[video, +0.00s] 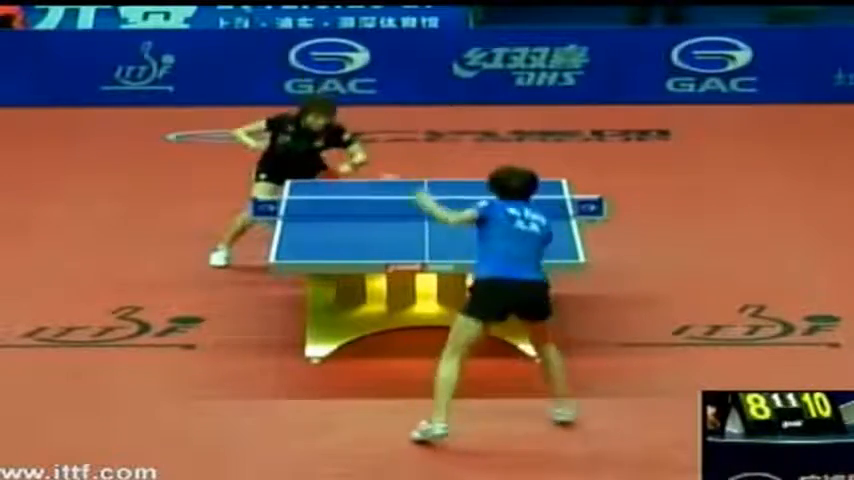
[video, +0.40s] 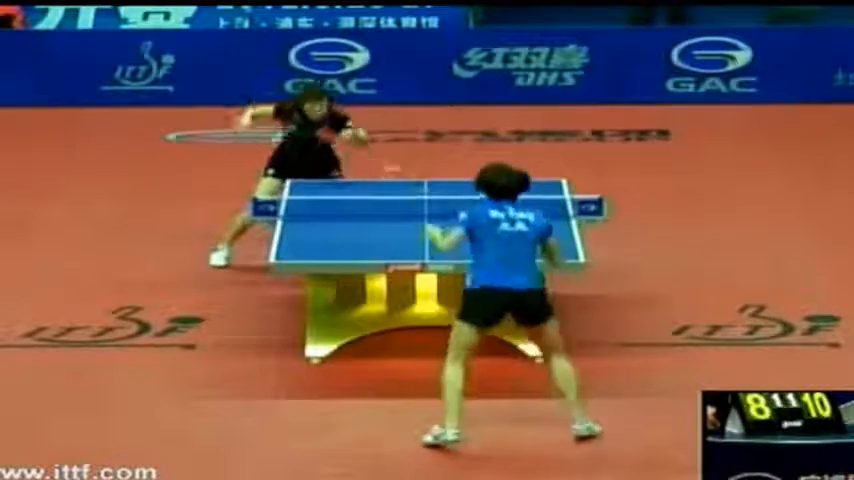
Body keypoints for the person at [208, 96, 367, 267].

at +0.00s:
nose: (318, 124)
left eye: (323, 120)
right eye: (315, 118)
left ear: (329, 120)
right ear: (306, 115)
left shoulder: (332, 131)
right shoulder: (284, 123)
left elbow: (361, 155)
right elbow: (239, 132)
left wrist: (350, 165)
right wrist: (252, 143)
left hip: (306, 176)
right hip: (273, 172)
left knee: (316, 213)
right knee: (259, 210)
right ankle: (224, 247)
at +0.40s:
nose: (317, 109)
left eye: (321, 104)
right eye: (312, 105)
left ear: (327, 104)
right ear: (303, 106)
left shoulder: (334, 118)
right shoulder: (290, 111)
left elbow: (362, 141)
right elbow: (254, 111)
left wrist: (355, 136)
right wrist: (247, 118)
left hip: (321, 160)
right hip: (288, 158)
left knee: (337, 204)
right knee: (260, 206)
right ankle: (225, 246)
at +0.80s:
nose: (313, 99)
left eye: (317, 95)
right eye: (309, 93)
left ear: (323, 97)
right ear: (298, 93)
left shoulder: (325, 118)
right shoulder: (279, 107)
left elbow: (340, 138)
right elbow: (249, 121)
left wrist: (341, 146)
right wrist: (243, 133)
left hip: (304, 165)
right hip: (269, 163)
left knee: (328, 202)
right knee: (247, 211)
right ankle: (205, 250)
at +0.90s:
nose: (305, 89)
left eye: (307, 85)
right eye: (299, 84)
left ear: (309, 88)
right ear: (286, 85)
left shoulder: (307, 111)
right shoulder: (262, 104)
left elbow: (318, 135)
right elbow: (219, 116)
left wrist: (331, 141)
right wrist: (239, 127)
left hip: (280, 158)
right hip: (247, 157)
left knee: (304, 201)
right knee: (227, 212)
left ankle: (297, 253)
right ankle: (200, 248)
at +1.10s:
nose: (292, 89)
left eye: (296, 84)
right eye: (289, 83)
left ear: (297, 87)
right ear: (275, 82)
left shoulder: (294, 111)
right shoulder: (248, 101)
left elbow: (316, 138)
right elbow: (205, 114)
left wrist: (334, 143)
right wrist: (233, 123)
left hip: (260, 158)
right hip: (230, 156)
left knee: (296, 197)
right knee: (217, 210)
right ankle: (175, 246)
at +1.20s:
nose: (286, 97)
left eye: (290, 94)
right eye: (282, 91)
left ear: (292, 98)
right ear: (271, 91)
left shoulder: (288, 123)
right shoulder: (244, 111)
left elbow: (311, 149)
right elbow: (204, 123)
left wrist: (338, 159)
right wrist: (230, 133)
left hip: (254, 170)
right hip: (222, 166)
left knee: (294, 198)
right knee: (204, 216)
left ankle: (300, 252)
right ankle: (162, 254)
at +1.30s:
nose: (276, 110)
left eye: (280, 106)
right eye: (273, 104)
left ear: (279, 110)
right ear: (261, 102)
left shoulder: (272, 135)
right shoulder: (239, 118)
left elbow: (283, 165)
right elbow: (220, 136)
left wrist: (306, 176)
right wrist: (257, 142)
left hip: (225, 175)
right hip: (197, 172)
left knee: (262, 209)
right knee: (184, 224)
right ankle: (146, 260)